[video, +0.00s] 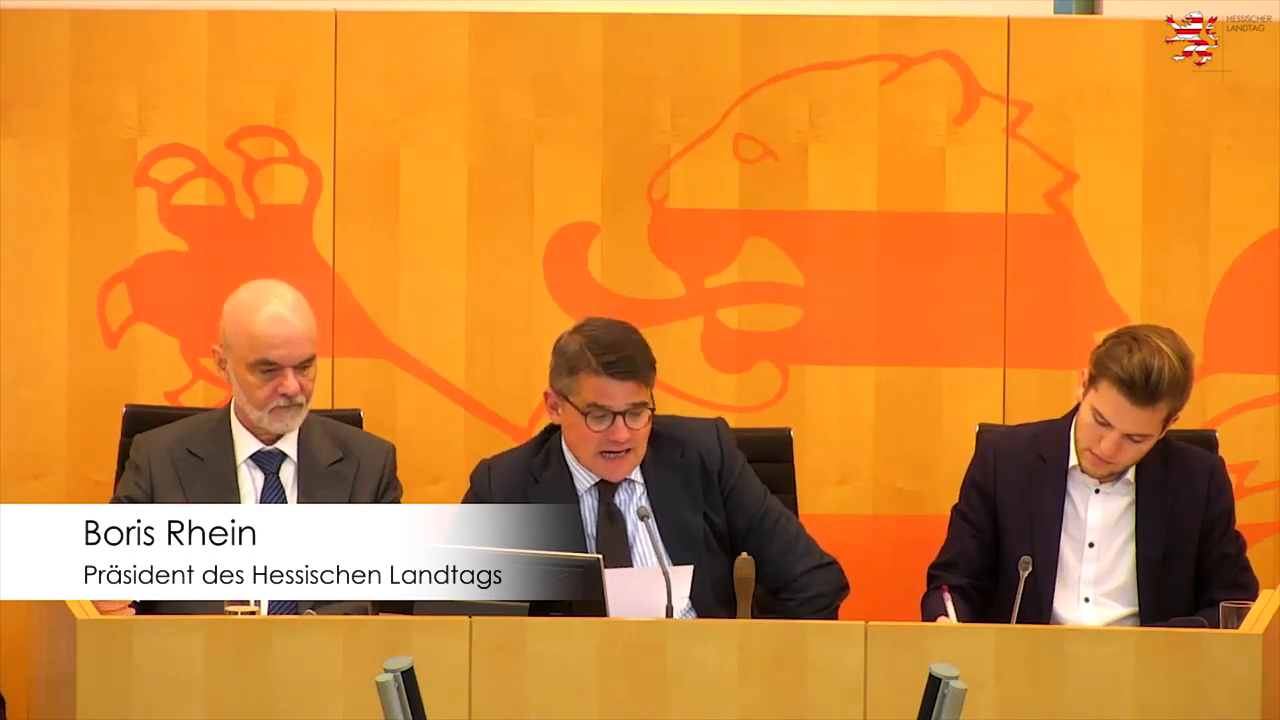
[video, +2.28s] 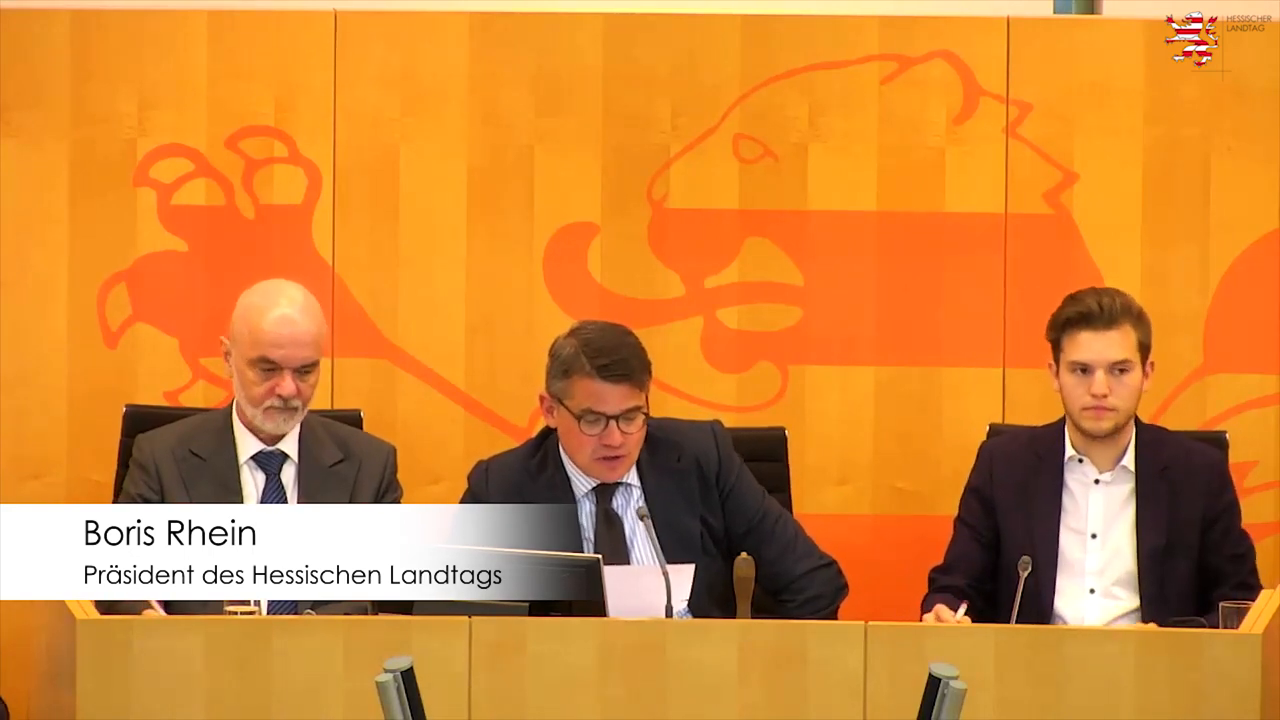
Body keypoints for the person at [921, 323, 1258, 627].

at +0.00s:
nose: (1108, 447)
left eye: (1134, 438)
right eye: (1100, 420)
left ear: (1167, 424)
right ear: (1083, 383)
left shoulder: (1200, 478)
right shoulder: (1003, 457)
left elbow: (1237, 601)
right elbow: (953, 583)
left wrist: (1168, 644)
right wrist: (952, 634)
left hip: (1151, 680)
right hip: (1025, 672)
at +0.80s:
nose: (1097, 427)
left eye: (1121, 411)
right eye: (1085, 401)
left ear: (1153, 400)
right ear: (1066, 378)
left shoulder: (1196, 477)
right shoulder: (999, 459)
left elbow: (1240, 608)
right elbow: (955, 585)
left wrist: (1138, 616)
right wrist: (939, 616)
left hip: (1148, 685)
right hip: (1021, 677)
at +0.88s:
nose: (1095, 425)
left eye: (1119, 408)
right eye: (1082, 400)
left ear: (1149, 395)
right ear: (1062, 377)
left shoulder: (1195, 477)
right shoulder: (998, 460)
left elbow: (1240, 610)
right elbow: (956, 587)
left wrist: (1137, 596)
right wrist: (939, 615)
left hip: (1150, 686)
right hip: (1022, 679)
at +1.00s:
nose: (1095, 422)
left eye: (1117, 404)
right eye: (1079, 400)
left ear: (1146, 389)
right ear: (1055, 381)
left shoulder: (1191, 473)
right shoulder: (997, 459)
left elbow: (1225, 606)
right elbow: (956, 587)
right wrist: (941, 617)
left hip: (1150, 680)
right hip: (1022, 674)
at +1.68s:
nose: (1113, 410)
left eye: (1129, 386)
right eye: (1091, 391)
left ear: (1146, 377)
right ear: (1056, 387)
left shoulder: (1205, 474)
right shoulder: (1008, 463)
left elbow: (1233, 606)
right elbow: (967, 586)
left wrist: (1122, 559)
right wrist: (940, 617)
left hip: (1154, 677)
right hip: (1027, 673)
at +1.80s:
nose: (1115, 406)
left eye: (1129, 382)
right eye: (1092, 387)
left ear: (1145, 374)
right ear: (1055, 387)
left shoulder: (1205, 472)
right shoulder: (1009, 464)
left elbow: (1245, 606)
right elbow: (968, 587)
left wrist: (1144, 598)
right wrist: (943, 614)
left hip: (1158, 685)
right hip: (1029, 680)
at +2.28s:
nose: (1100, 389)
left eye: (1118, 370)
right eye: (1081, 370)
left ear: (1146, 374)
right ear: (1056, 375)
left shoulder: (1199, 469)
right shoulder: (1003, 460)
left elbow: (1240, 601)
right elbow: (956, 583)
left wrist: (1175, 641)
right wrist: (945, 616)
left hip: (1159, 672)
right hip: (1030, 667)